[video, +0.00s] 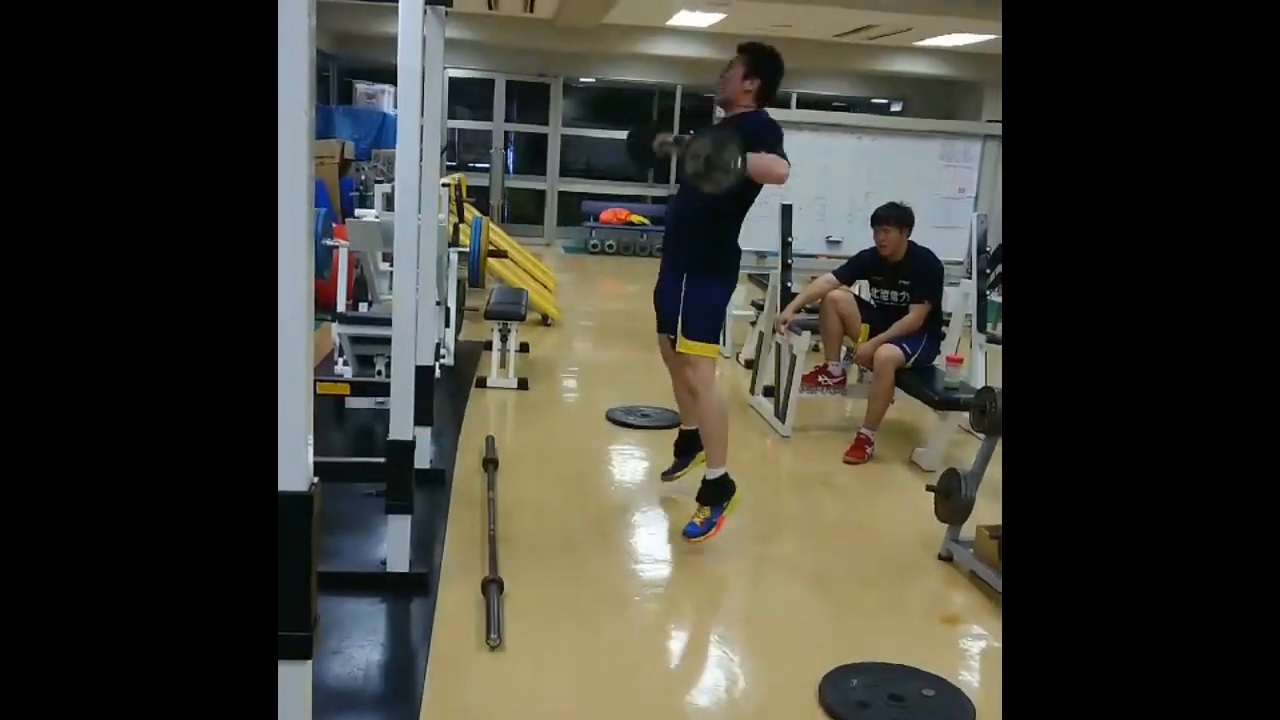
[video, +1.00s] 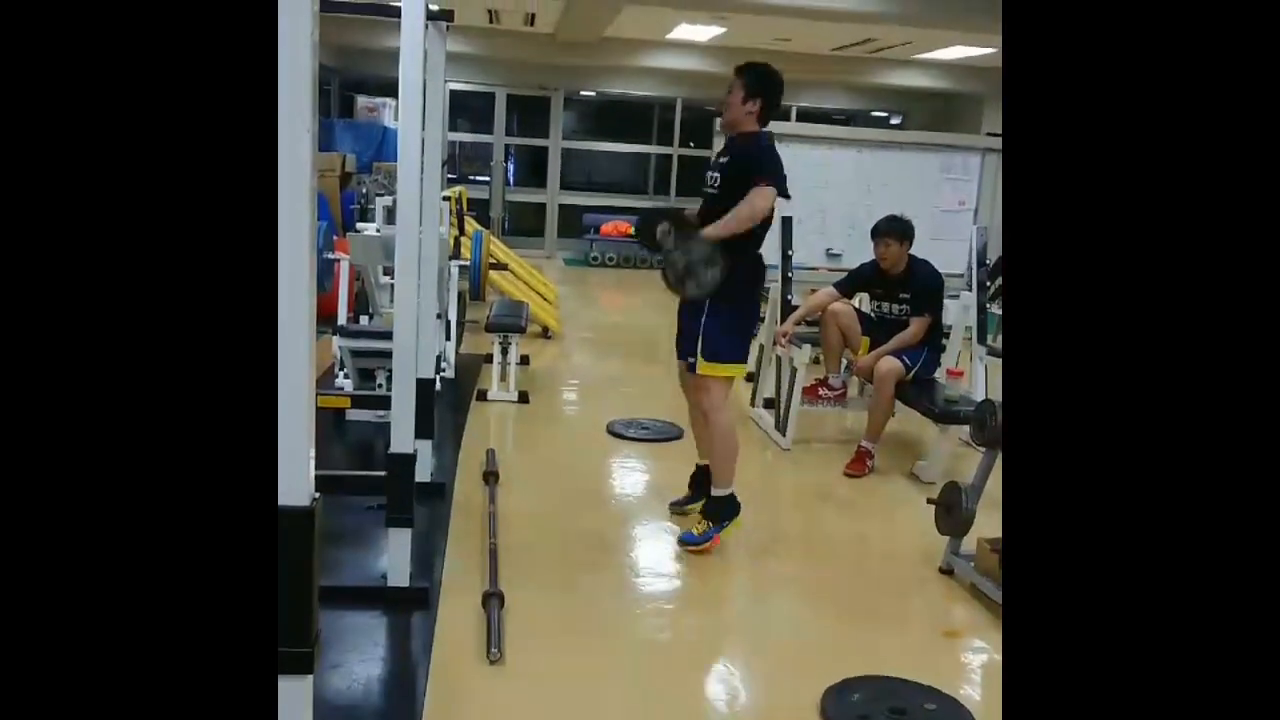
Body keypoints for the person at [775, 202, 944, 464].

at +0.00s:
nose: (879, 237)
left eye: (886, 231)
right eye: (876, 231)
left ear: (905, 233)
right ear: (873, 231)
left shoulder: (926, 264)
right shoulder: (869, 258)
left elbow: (916, 318)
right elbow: (828, 282)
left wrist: (874, 344)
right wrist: (791, 308)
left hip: (919, 335)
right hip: (880, 325)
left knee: (885, 356)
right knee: (834, 298)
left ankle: (865, 436)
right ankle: (833, 373)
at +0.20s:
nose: (880, 241)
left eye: (887, 234)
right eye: (877, 234)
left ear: (905, 236)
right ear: (873, 234)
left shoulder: (926, 267)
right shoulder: (870, 261)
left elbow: (916, 323)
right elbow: (828, 285)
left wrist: (873, 347)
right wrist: (791, 312)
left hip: (919, 338)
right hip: (880, 328)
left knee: (885, 359)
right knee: (834, 301)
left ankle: (866, 440)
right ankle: (833, 376)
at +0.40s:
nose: (880, 244)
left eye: (887, 237)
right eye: (877, 237)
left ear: (906, 239)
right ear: (873, 238)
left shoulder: (926, 270)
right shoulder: (870, 265)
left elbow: (916, 325)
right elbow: (828, 288)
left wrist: (874, 350)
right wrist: (791, 315)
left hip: (919, 340)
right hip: (881, 331)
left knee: (885, 362)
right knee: (834, 305)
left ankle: (866, 443)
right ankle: (833, 379)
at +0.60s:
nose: (880, 247)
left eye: (888, 240)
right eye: (877, 240)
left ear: (906, 242)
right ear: (873, 241)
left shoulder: (926, 273)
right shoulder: (870, 268)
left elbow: (917, 327)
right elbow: (828, 291)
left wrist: (874, 353)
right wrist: (791, 318)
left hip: (919, 343)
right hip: (880, 334)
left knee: (885, 365)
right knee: (834, 308)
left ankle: (866, 446)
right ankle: (833, 382)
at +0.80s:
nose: (880, 249)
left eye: (888, 243)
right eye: (877, 242)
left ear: (906, 244)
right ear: (873, 243)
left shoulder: (926, 275)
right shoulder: (870, 269)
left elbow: (917, 330)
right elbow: (828, 294)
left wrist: (873, 355)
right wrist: (791, 320)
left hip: (920, 345)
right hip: (881, 336)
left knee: (885, 367)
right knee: (834, 310)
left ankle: (866, 448)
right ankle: (834, 384)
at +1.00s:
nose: (880, 251)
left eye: (887, 245)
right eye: (877, 244)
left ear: (906, 246)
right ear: (873, 244)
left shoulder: (927, 277)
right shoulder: (870, 271)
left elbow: (916, 332)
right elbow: (828, 295)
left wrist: (873, 357)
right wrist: (792, 321)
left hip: (919, 347)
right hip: (880, 337)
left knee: (885, 368)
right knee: (834, 311)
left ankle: (866, 449)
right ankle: (834, 386)